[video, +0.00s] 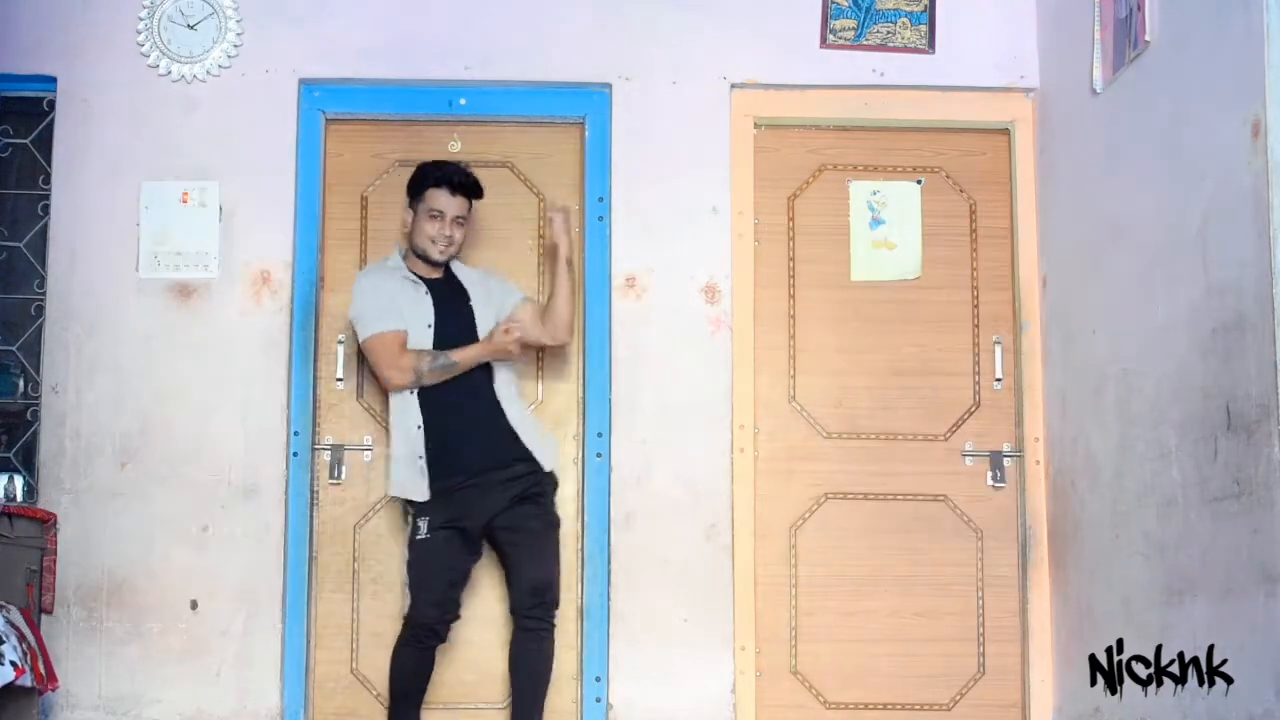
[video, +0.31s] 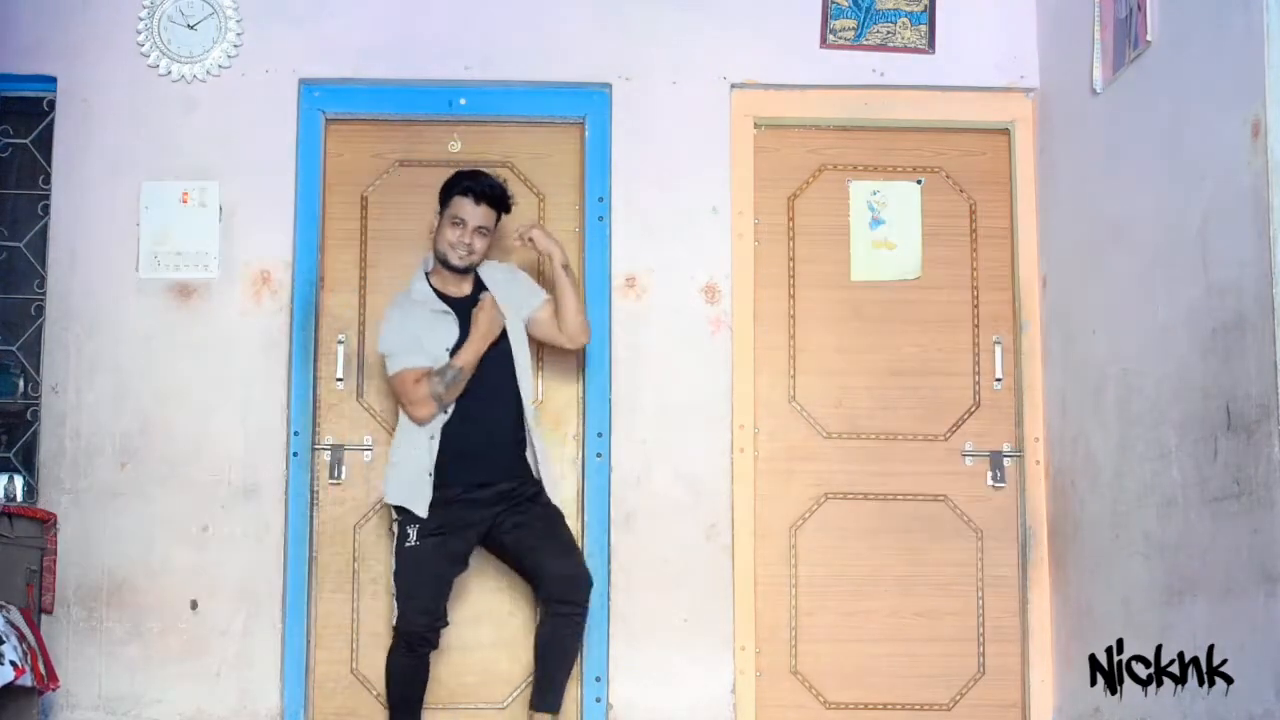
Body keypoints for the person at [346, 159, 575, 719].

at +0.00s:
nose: (446, 231)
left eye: (459, 221)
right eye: (435, 216)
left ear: (469, 226)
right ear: (409, 215)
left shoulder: (485, 285)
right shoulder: (378, 284)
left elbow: (554, 333)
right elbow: (394, 371)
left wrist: (563, 252)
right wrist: (488, 349)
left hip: (522, 477)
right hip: (443, 489)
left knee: (538, 612)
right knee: (427, 622)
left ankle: (527, 717)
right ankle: (402, 716)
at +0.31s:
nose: (466, 238)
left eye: (480, 230)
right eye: (457, 222)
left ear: (493, 237)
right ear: (436, 222)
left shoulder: (505, 285)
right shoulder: (407, 312)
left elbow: (572, 334)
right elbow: (420, 406)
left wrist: (557, 259)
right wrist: (479, 339)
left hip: (513, 490)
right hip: (435, 499)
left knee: (570, 585)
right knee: (417, 628)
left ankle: (544, 713)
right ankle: (404, 719)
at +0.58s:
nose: (497, 225)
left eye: (511, 215)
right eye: (487, 209)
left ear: (525, 219)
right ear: (467, 206)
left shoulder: (542, 269)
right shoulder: (441, 279)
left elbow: (632, 282)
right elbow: (462, 371)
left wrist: (710, 261)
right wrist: (536, 394)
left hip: (579, 469)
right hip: (501, 479)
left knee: (601, 609)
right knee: (473, 611)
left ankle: (606, 717)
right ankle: (460, 707)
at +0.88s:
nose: (546, 236)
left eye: (556, 222)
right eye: (531, 225)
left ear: (570, 224)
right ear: (510, 229)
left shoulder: (595, 300)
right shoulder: (486, 293)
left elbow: (634, 389)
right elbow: (451, 360)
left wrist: (580, 346)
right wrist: (461, 272)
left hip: (618, 485)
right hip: (543, 495)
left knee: (625, 620)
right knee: (540, 604)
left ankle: (616, 716)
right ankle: (578, 660)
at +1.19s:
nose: (532, 214)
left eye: (543, 200)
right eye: (518, 203)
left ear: (560, 202)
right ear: (501, 207)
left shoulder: (590, 271)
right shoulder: (470, 274)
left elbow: (605, 362)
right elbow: (426, 337)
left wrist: (532, 346)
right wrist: (427, 242)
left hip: (560, 486)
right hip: (475, 483)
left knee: (564, 620)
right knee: (448, 615)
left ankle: (589, 717)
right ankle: (436, 717)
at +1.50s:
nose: (502, 255)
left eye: (516, 242)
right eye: (491, 241)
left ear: (539, 237)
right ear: (478, 234)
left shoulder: (564, 308)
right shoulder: (448, 293)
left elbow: (584, 400)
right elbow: (406, 358)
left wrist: (524, 340)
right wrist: (421, 271)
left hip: (556, 499)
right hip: (475, 499)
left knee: (566, 631)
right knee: (437, 600)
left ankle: (578, 719)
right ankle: (485, 708)